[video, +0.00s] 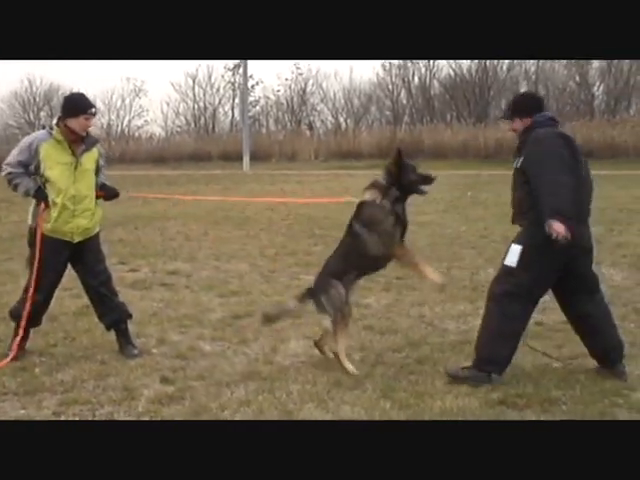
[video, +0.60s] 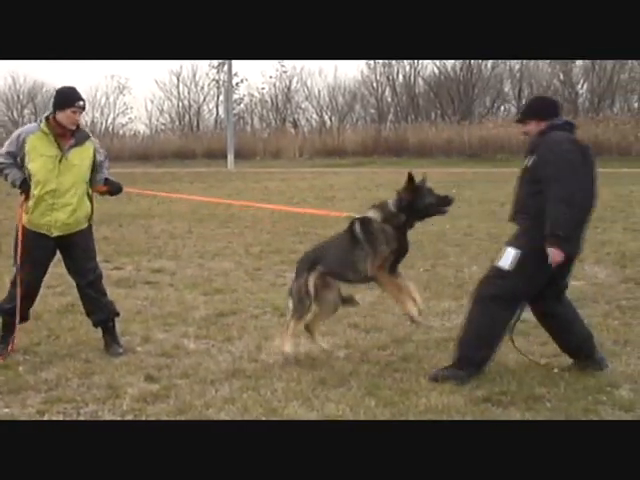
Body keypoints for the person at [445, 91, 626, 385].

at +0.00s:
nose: (511, 128)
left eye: (513, 121)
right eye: (510, 122)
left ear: (527, 119)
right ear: (536, 118)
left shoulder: (540, 142)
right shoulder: (560, 141)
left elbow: (550, 179)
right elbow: (580, 185)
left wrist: (553, 217)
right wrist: (569, 219)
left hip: (542, 235)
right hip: (572, 235)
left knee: (507, 294)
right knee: (582, 298)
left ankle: (486, 367)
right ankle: (612, 361)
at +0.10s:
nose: (489, 137)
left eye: (489, 131)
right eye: (487, 131)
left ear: (499, 126)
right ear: (522, 120)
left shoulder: (511, 140)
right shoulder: (557, 145)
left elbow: (509, 173)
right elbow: (569, 192)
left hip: (532, 241)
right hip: (572, 239)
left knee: (500, 300)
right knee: (584, 297)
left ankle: (477, 369)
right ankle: (609, 360)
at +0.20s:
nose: (475, 143)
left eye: (476, 138)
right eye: (474, 139)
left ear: (484, 132)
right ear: (506, 124)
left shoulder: (492, 148)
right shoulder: (544, 145)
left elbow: (451, 163)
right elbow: (574, 186)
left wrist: (406, 161)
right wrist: (573, 230)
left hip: (529, 238)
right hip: (566, 234)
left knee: (492, 299)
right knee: (575, 299)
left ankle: (470, 369)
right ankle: (604, 361)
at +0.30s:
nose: (476, 140)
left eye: (477, 134)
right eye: (475, 135)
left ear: (485, 129)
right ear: (507, 122)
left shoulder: (491, 144)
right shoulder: (542, 145)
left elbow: (453, 165)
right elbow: (571, 186)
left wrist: (408, 170)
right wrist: (570, 231)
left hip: (520, 238)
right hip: (559, 235)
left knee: (483, 297)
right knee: (565, 298)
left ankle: (465, 369)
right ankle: (599, 360)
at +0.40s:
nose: (486, 134)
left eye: (486, 128)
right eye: (484, 128)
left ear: (497, 123)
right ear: (517, 118)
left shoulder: (506, 138)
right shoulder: (549, 146)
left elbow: (490, 167)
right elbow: (573, 195)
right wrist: (563, 236)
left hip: (515, 240)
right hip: (553, 240)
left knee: (476, 296)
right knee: (555, 298)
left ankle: (462, 369)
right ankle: (592, 359)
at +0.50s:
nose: (503, 132)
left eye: (505, 125)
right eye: (502, 126)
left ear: (517, 122)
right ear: (535, 120)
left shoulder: (523, 142)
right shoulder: (561, 150)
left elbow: (525, 178)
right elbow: (575, 197)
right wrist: (563, 236)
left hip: (519, 236)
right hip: (552, 241)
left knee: (476, 293)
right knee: (544, 296)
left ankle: (460, 368)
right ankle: (589, 356)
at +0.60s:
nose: (524, 131)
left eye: (527, 124)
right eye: (523, 125)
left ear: (542, 122)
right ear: (548, 122)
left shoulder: (555, 147)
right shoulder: (561, 146)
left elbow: (563, 195)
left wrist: (556, 241)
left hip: (536, 240)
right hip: (554, 242)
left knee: (492, 294)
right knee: (547, 300)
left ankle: (465, 366)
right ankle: (587, 358)